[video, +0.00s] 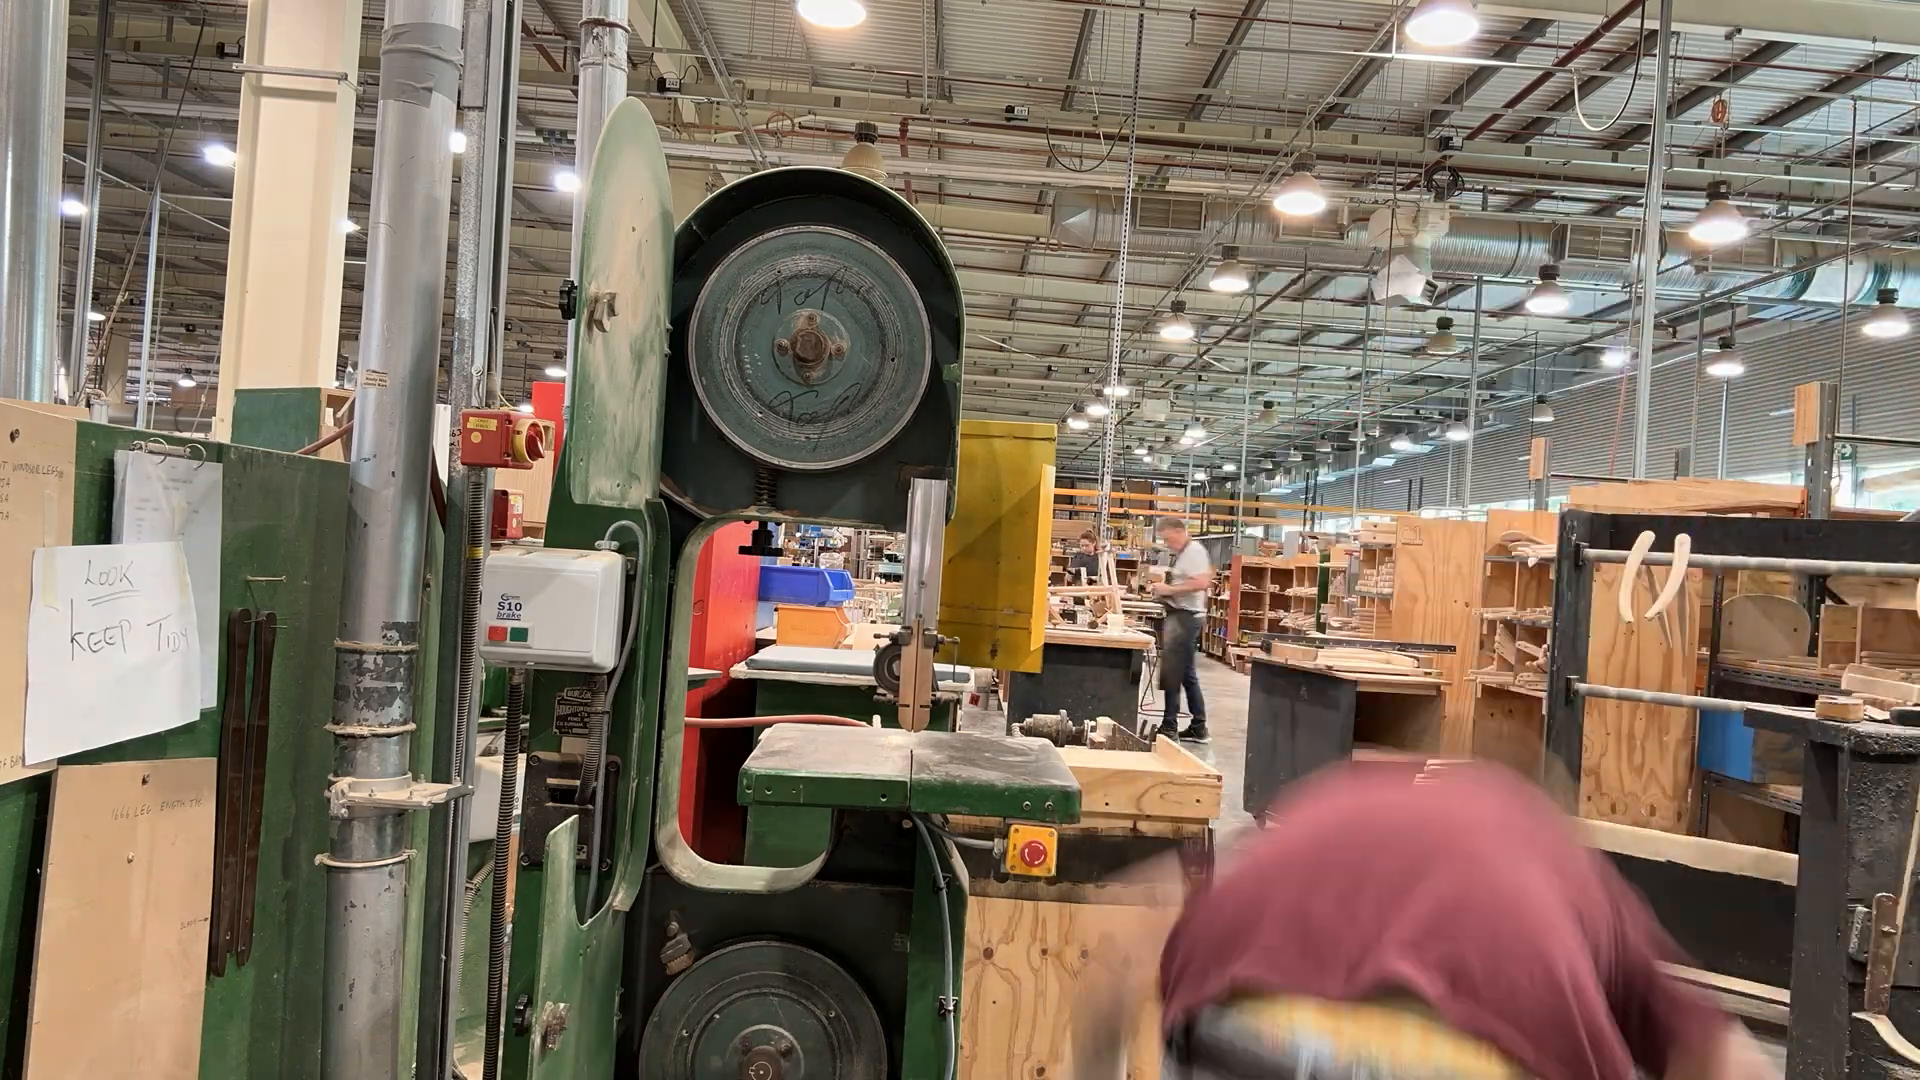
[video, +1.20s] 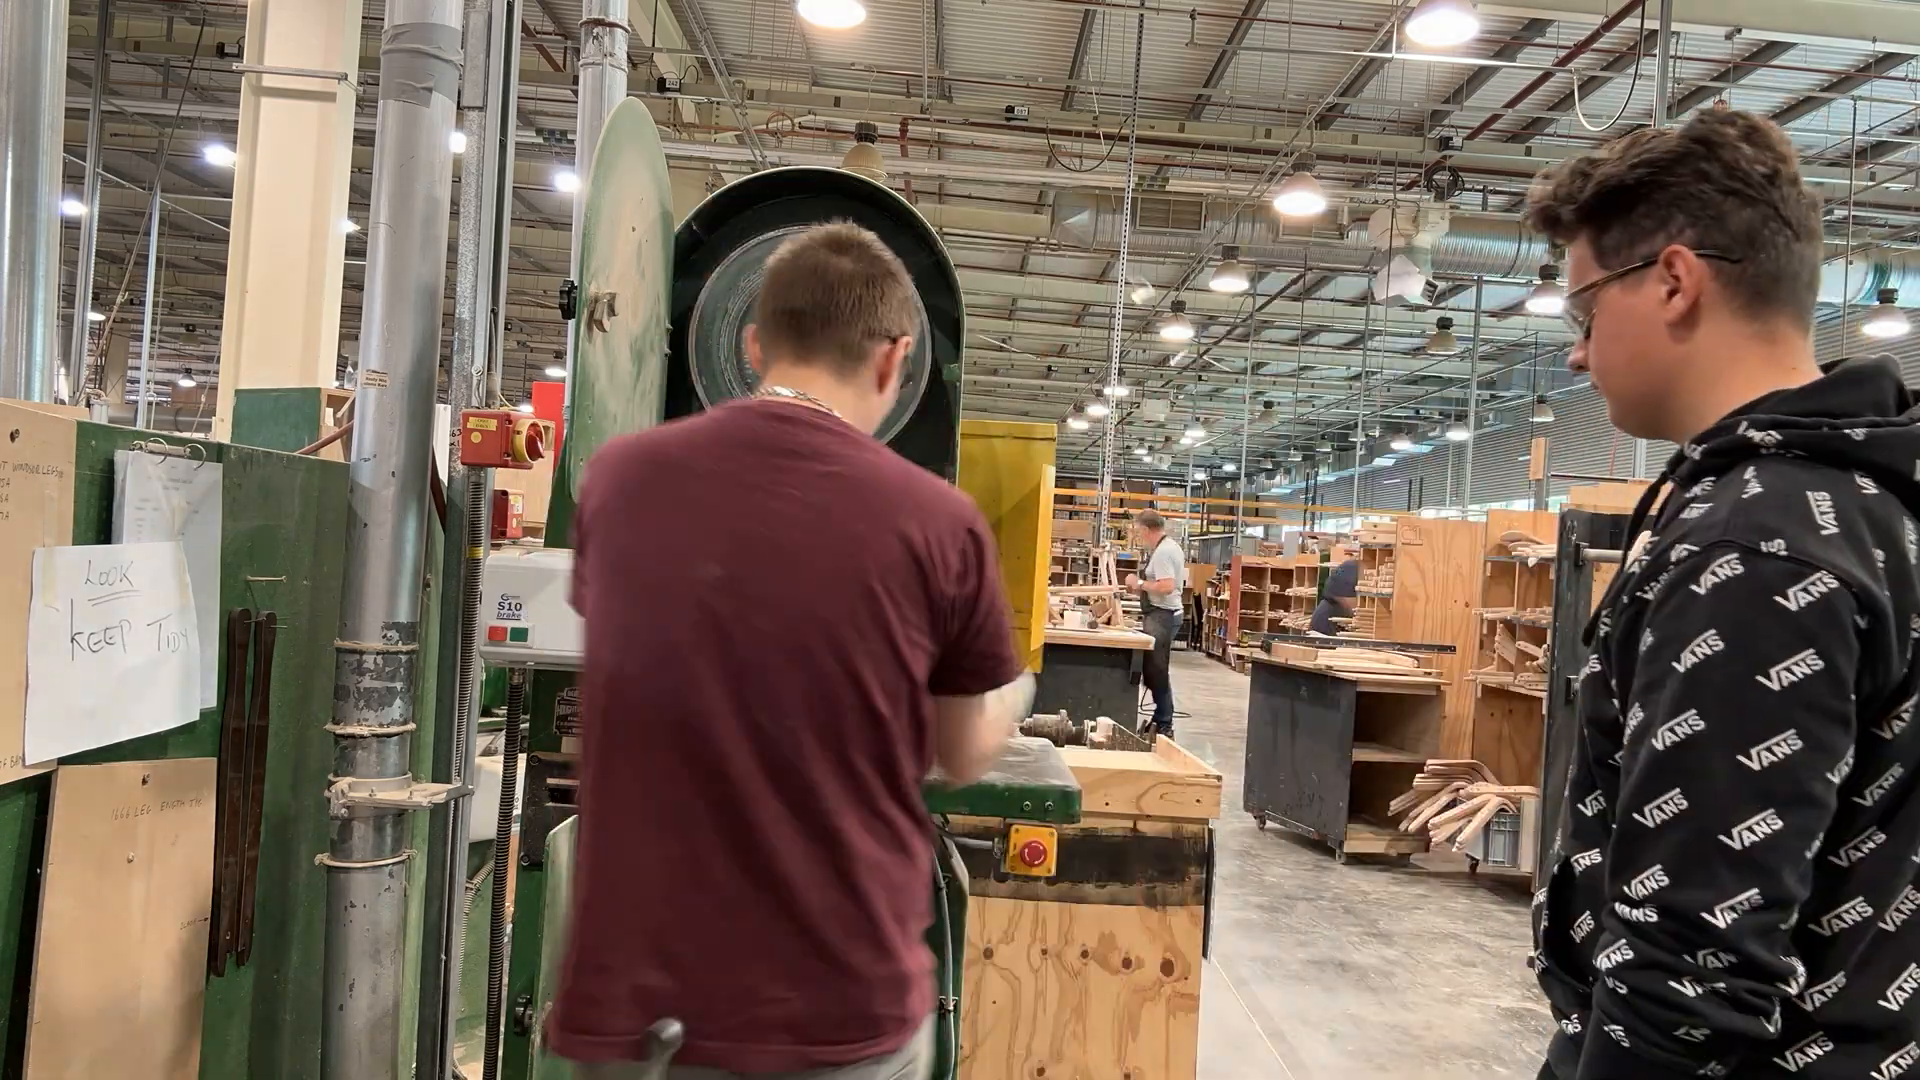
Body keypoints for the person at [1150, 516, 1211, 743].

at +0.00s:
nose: (1167, 544)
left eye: (1168, 539)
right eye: (1165, 540)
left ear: (1180, 533)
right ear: (1175, 535)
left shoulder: (1195, 552)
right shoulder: (1183, 553)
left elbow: (1202, 582)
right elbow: (1186, 582)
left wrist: (1168, 589)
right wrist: (1161, 585)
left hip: (1186, 616)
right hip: (1178, 615)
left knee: (1172, 672)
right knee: (1187, 673)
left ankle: (1168, 724)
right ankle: (1198, 724)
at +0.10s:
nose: (1133, 541)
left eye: (1135, 536)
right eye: (1132, 537)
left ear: (1145, 534)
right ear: (1153, 533)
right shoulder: (1172, 549)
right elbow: (1186, 579)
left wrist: (1105, 607)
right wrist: (1154, 591)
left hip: (1169, 620)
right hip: (1186, 616)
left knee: (1155, 678)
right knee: (1184, 674)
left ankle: (1166, 727)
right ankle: (1195, 722)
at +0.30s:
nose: (1147, 534)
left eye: (1151, 530)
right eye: (1145, 530)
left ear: (1162, 529)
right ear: (1142, 531)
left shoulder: (1168, 552)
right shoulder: (1148, 551)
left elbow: (1176, 585)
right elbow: (1148, 582)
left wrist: (1149, 593)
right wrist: (1134, 591)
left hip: (1163, 611)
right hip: (1148, 609)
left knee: (1157, 664)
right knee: (1151, 664)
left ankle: (1157, 717)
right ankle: (1155, 716)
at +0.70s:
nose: (1140, 542)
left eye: (1143, 537)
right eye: (1139, 537)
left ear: (1155, 534)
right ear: (1145, 536)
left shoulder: (1168, 551)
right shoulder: (1152, 553)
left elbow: (1161, 582)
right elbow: (1145, 580)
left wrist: (1135, 589)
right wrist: (1131, 588)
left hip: (1170, 612)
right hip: (1157, 612)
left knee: (1160, 661)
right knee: (1148, 663)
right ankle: (1146, 713)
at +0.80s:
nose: (1128, 542)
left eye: (1130, 537)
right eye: (1126, 538)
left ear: (1143, 531)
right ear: (1135, 535)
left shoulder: (1158, 550)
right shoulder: (1136, 554)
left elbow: (1158, 582)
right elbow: (1119, 577)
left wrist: (1134, 593)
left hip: (1160, 613)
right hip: (1144, 614)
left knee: (1159, 666)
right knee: (1145, 667)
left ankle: (1177, 719)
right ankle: (1146, 715)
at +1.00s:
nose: (1130, 541)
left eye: (1131, 536)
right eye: (1128, 537)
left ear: (1145, 532)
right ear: (1145, 534)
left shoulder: (1152, 550)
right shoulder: (1152, 550)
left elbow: (1137, 583)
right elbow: (1139, 579)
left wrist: (1117, 583)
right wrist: (1117, 572)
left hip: (1165, 616)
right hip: (1155, 616)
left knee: (1166, 667)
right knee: (1149, 668)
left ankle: (1174, 717)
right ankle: (1144, 713)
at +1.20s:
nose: (1139, 537)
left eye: (1140, 532)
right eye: (1138, 532)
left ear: (1149, 530)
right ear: (1155, 529)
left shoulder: (1164, 551)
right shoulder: (1166, 547)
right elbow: (1167, 585)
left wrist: (1139, 583)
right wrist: (1141, 587)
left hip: (1163, 614)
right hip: (1161, 612)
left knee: (1156, 670)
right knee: (1155, 669)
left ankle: (1164, 723)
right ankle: (1160, 719)